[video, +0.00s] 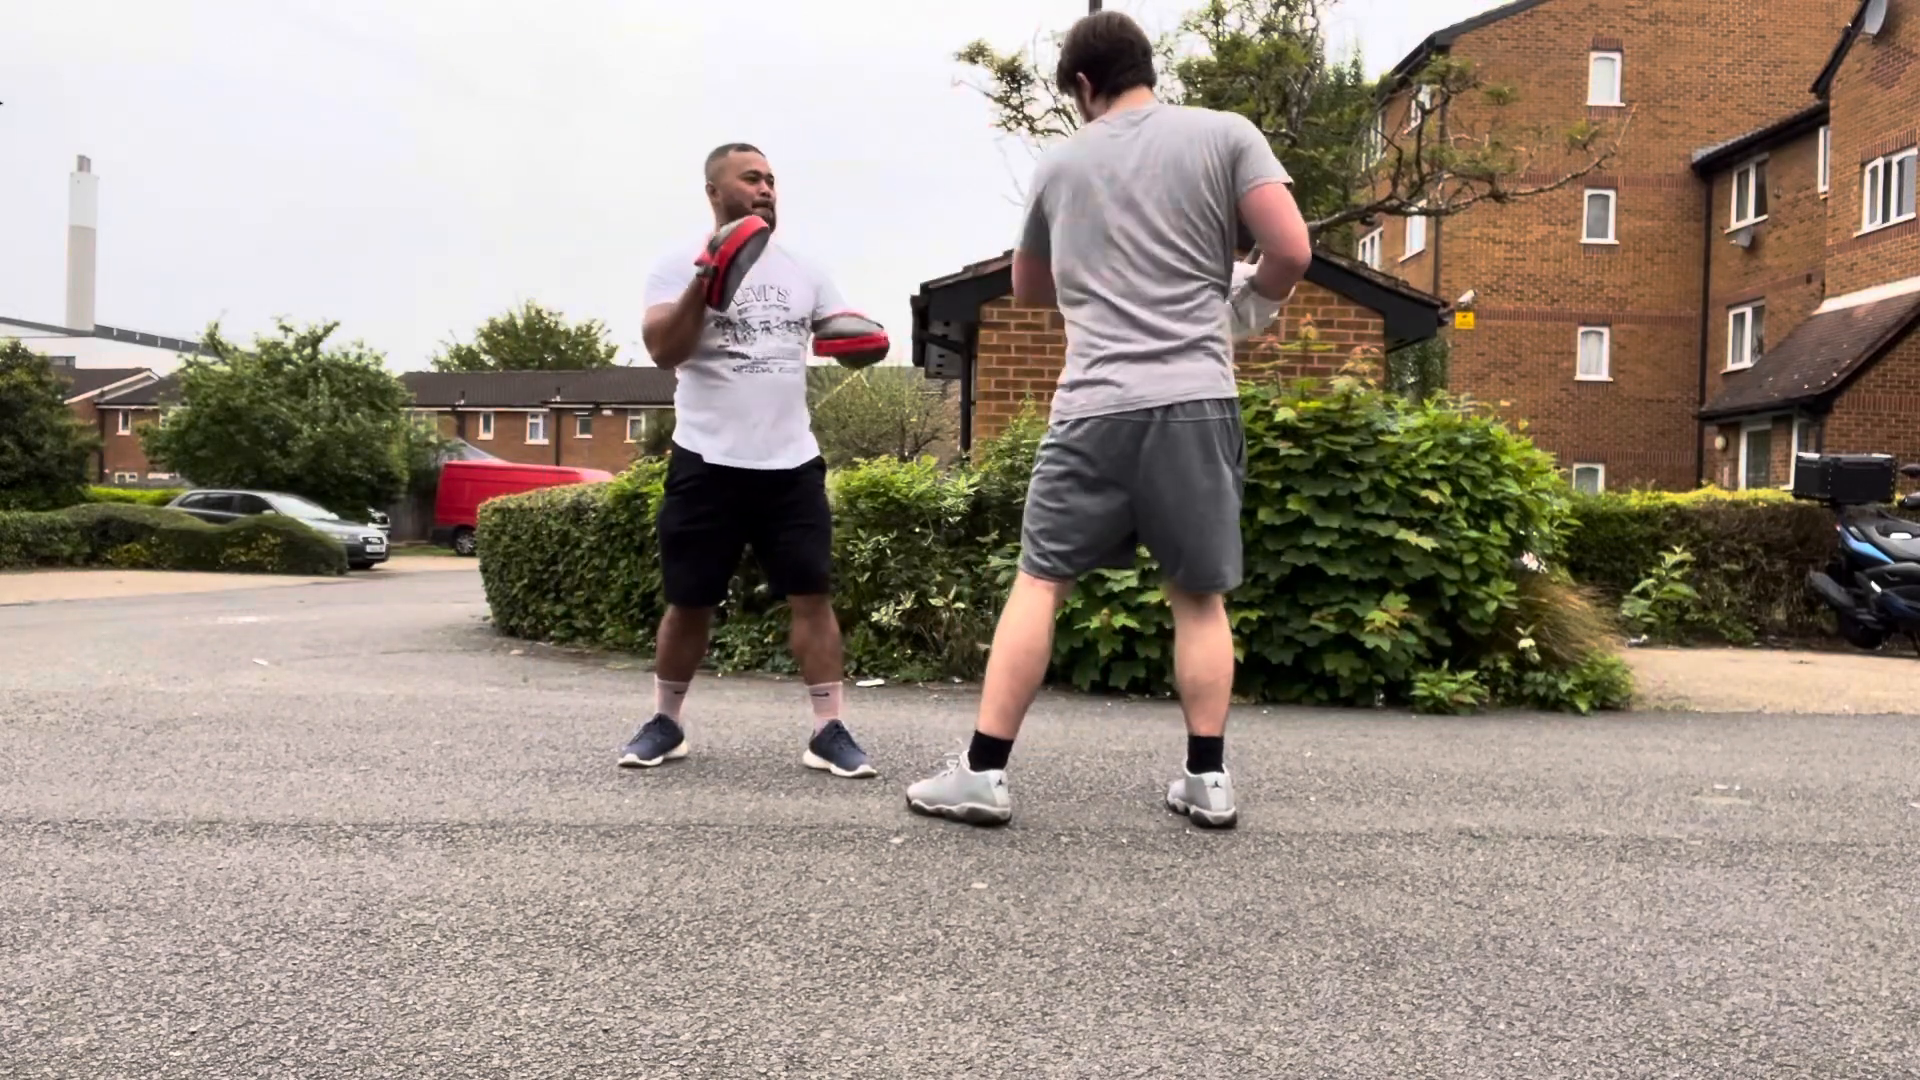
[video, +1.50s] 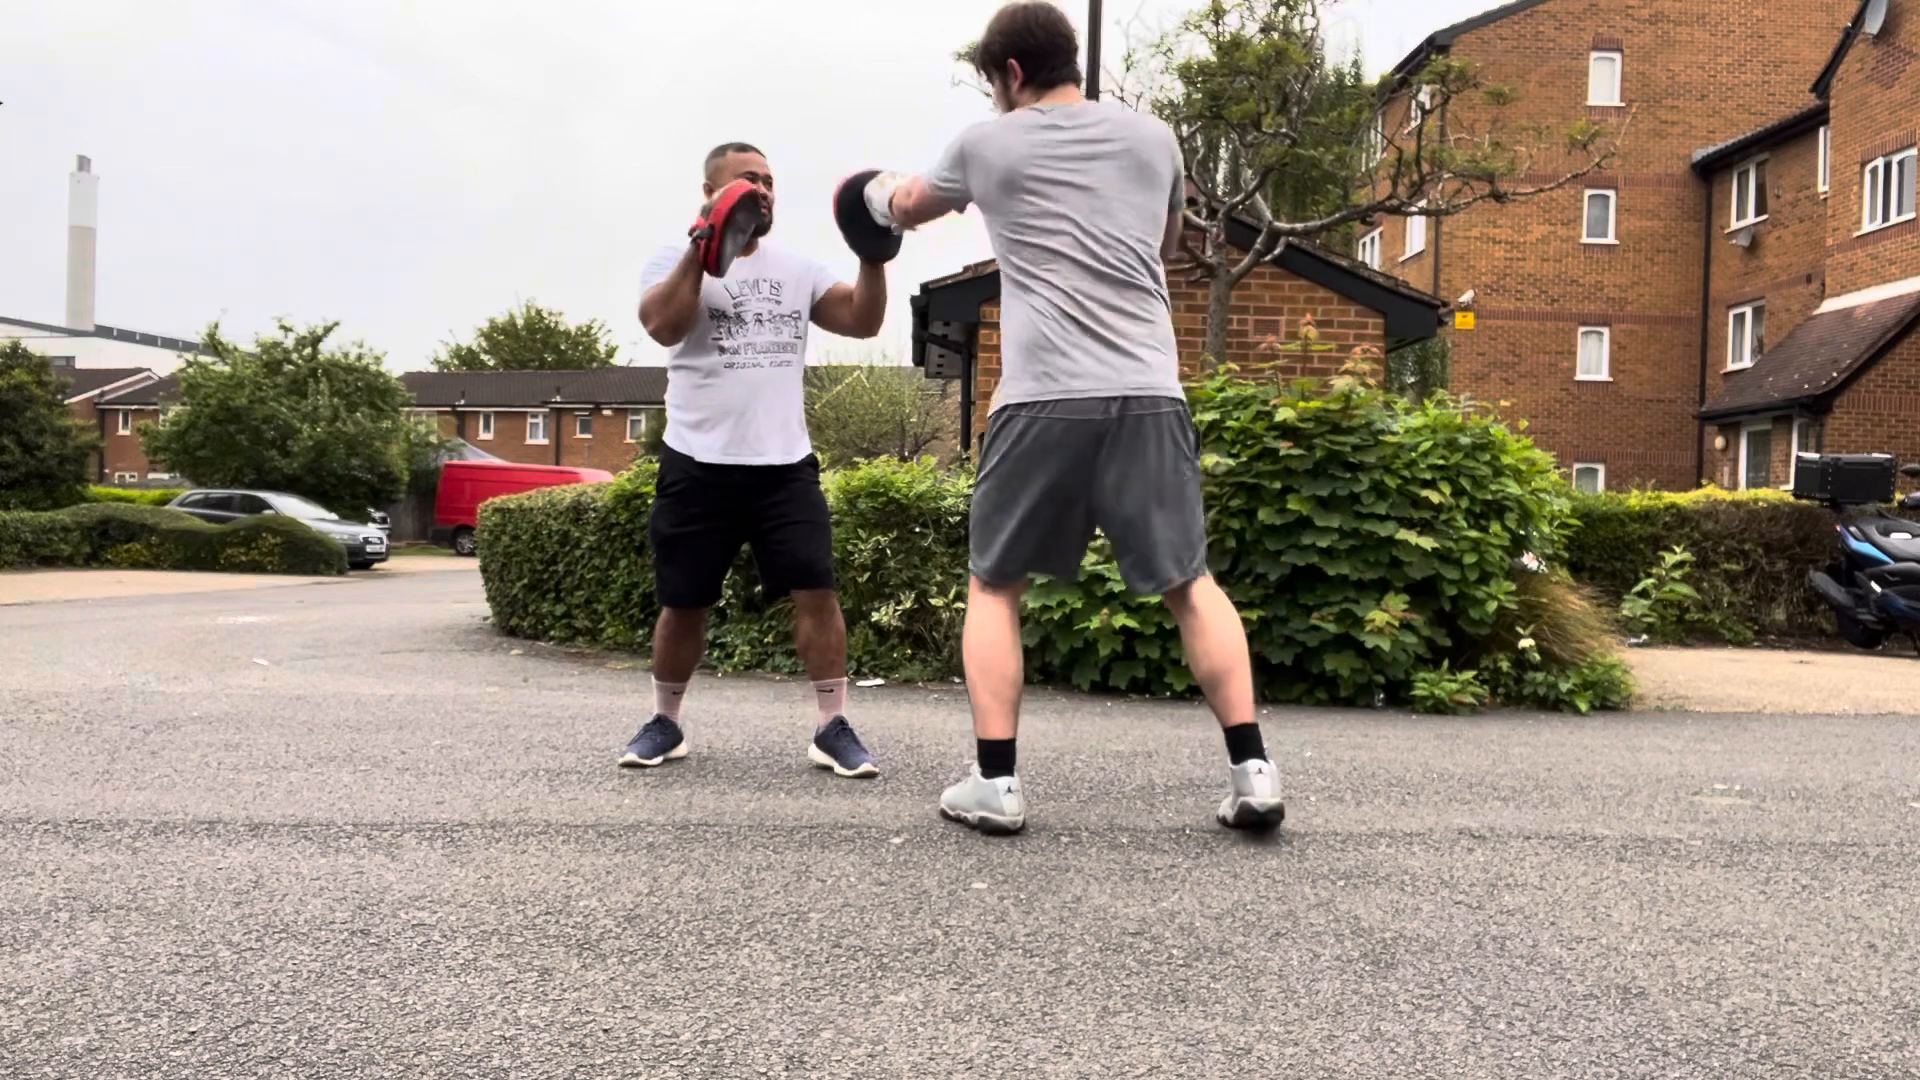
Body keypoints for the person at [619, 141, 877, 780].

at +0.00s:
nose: (767, 187)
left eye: (770, 179)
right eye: (751, 177)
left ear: (776, 195)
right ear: (713, 194)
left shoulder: (802, 268)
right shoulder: (680, 265)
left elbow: (845, 335)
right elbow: (663, 350)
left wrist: (867, 342)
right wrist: (705, 279)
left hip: (791, 459)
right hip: (705, 459)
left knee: (811, 591)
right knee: (687, 599)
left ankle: (829, 727)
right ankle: (665, 721)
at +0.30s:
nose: (764, 192)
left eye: (769, 184)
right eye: (749, 181)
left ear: (774, 198)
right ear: (710, 194)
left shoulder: (789, 271)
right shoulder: (674, 263)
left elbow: (839, 359)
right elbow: (659, 340)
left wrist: (853, 313)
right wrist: (710, 281)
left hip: (782, 459)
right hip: (698, 457)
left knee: (804, 594)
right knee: (683, 599)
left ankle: (829, 727)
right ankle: (665, 722)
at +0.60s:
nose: (763, 198)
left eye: (769, 188)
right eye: (748, 189)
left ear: (776, 197)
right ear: (713, 199)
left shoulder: (795, 266)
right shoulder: (677, 260)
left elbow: (858, 328)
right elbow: (677, 319)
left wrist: (853, 255)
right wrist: (708, 242)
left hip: (783, 460)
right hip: (699, 459)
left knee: (805, 594)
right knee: (683, 599)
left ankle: (829, 727)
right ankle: (665, 722)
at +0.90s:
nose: (762, 189)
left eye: (770, 180)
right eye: (747, 180)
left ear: (779, 194)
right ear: (713, 195)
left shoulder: (800, 265)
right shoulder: (679, 258)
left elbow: (866, 326)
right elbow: (669, 327)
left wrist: (866, 254)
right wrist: (708, 249)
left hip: (785, 461)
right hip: (700, 460)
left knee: (811, 593)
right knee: (684, 600)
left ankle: (829, 727)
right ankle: (665, 721)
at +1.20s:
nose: (765, 185)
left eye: (772, 177)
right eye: (750, 175)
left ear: (781, 193)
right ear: (714, 189)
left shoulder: (802, 261)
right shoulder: (679, 259)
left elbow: (873, 307)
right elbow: (663, 333)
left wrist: (877, 234)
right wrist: (702, 255)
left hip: (787, 459)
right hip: (701, 460)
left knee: (813, 592)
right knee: (685, 600)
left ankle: (828, 727)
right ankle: (665, 721)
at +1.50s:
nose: (761, 188)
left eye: (768, 180)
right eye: (745, 179)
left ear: (776, 195)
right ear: (711, 193)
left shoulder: (795, 265)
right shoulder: (673, 261)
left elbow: (863, 320)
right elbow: (664, 329)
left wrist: (873, 255)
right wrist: (700, 252)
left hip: (785, 460)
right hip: (698, 461)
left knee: (816, 586)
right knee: (682, 599)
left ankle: (834, 724)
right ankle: (665, 721)